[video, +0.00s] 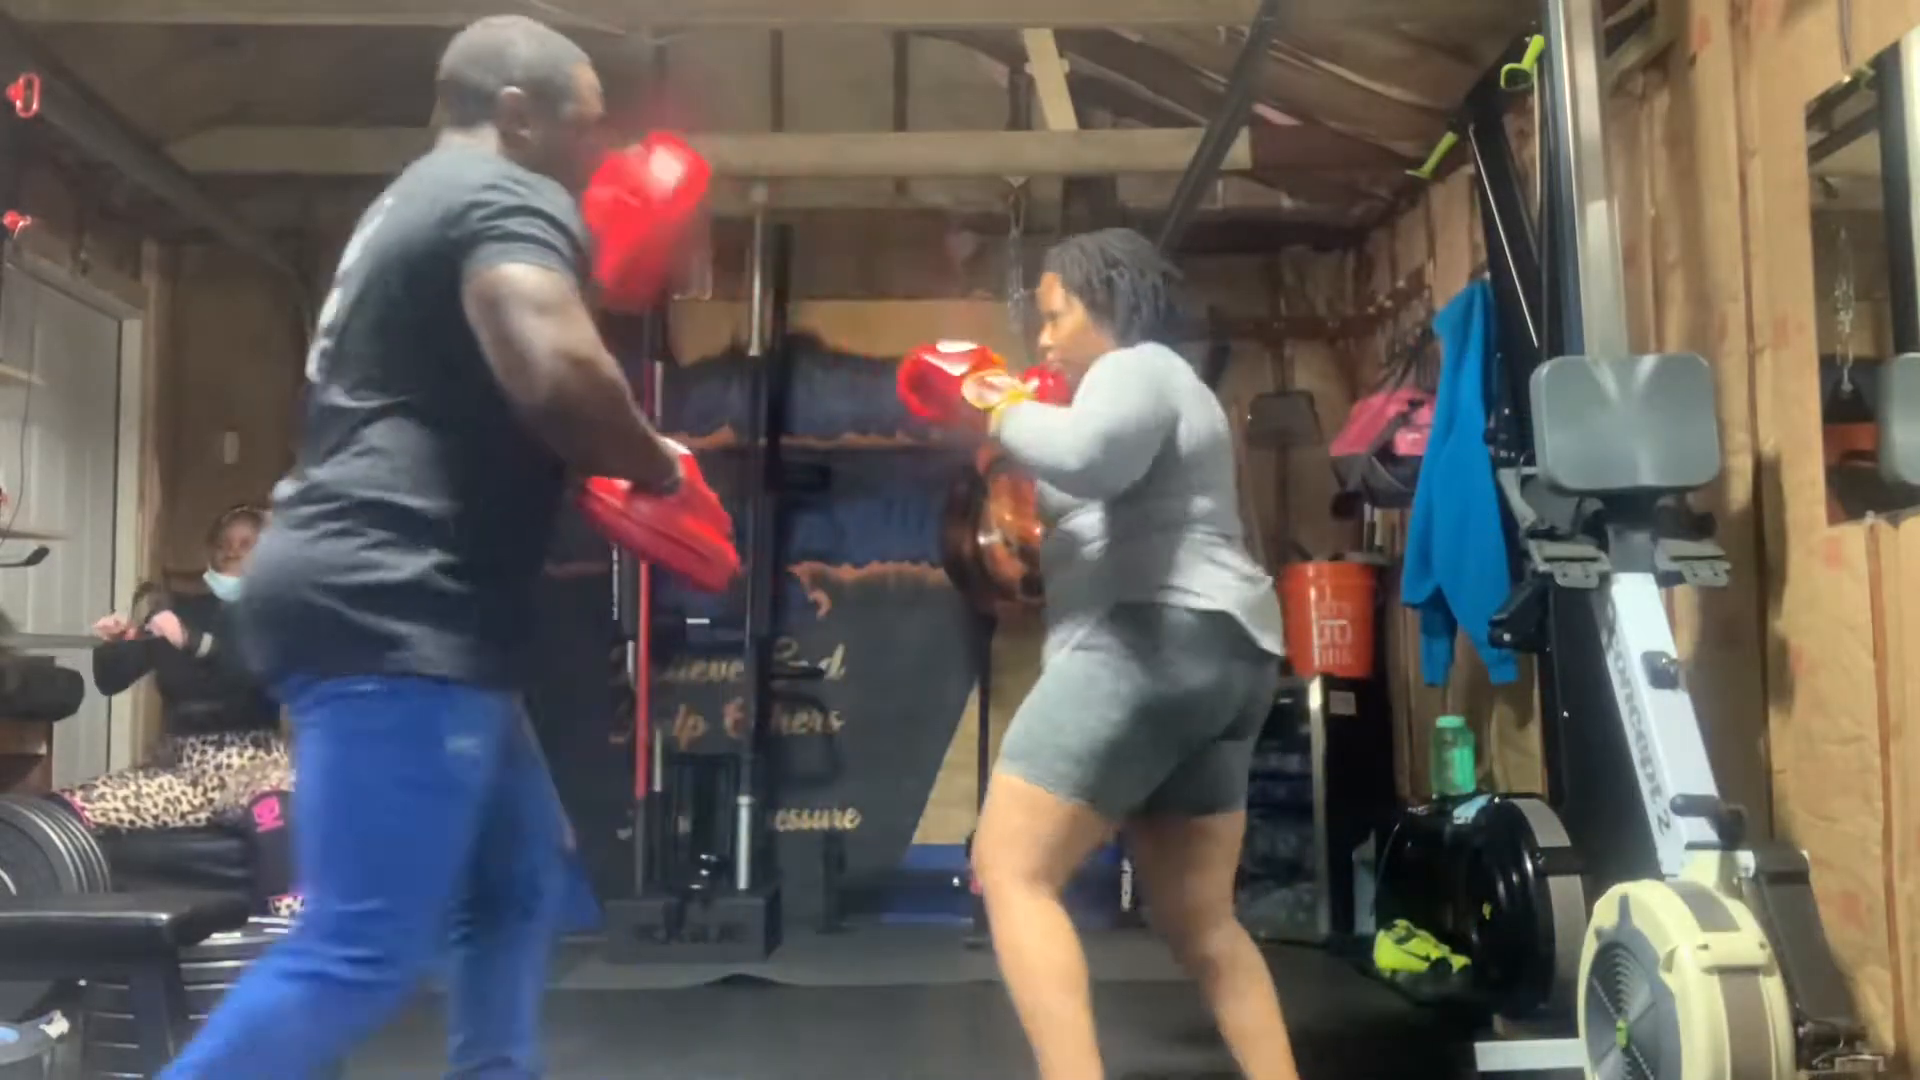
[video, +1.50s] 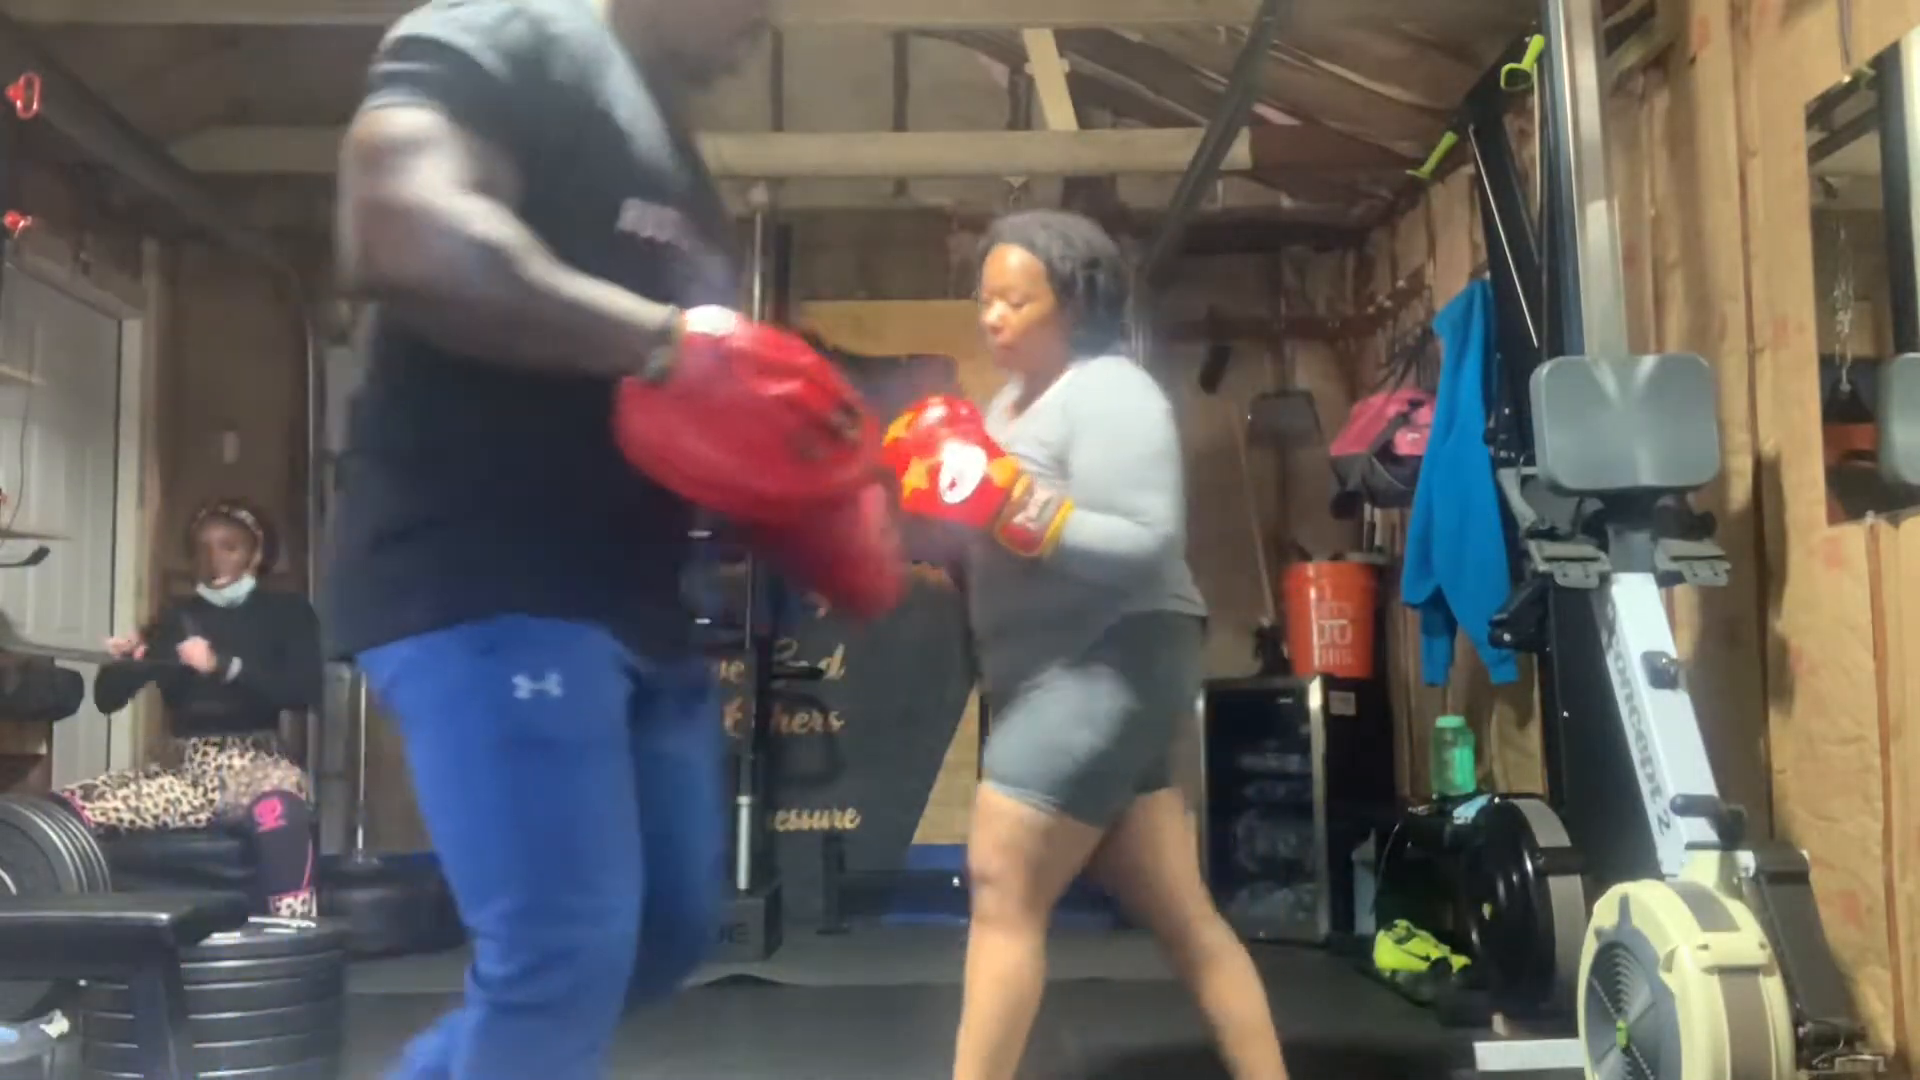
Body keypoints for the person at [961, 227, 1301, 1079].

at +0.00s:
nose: (1043, 339)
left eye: (1053, 315)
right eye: (1042, 320)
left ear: (1106, 303)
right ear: (1118, 307)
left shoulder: (1140, 368)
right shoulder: (1183, 391)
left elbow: (1093, 456)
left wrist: (1000, 408)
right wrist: (1041, 527)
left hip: (1153, 634)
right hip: (1227, 647)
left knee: (1013, 869)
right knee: (1200, 918)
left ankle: (1073, 1072)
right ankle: (1278, 1075)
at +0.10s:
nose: (1025, 320)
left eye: (1036, 298)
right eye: (1026, 300)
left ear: (1083, 290)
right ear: (1116, 295)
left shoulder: (1113, 355)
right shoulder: (1176, 386)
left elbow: (1037, 401)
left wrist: (963, 345)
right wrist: (1022, 519)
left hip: (1123, 626)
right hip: (1207, 639)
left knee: (1018, 887)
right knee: (1193, 910)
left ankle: (1025, 1070)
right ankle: (1277, 1074)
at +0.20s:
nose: (1000, 281)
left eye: (1009, 264)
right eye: (1002, 264)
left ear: (1050, 269)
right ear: (1112, 275)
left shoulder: (1059, 331)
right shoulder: (1161, 377)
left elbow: (920, 302)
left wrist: (818, 241)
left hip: (1102, 598)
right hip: (1197, 616)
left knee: (1023, 896)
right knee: (1169, 889)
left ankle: (1028, 1074)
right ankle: (1275, 1070)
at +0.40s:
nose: (976, 292)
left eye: (987, 271)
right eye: (976, 272)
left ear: (1037, 263)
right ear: (1066, 267)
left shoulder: (1066, 331)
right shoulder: (1114, 348)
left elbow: (949, 409)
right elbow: (968, 412)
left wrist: (857, 345)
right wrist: (880, 351)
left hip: (1091, 612)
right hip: (1157, 622)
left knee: (1014, 901)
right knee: (1161, 897)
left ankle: (1026, 1077)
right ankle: (1264, 1071)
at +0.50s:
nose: (988, 294)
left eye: (1003, 272)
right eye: (989, 274)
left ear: (1062, 268)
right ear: (1065, 272)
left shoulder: (1094, 343)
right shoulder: (1093, 351)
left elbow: (1045, 481)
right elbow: (1034, 477)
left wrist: (969, 406)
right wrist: (971, 410)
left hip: (1098, 632)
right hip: (1150, 633)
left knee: (1018, 907)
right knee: (1176, 907)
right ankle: (1266, 1071)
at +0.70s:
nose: (1052, 303)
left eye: (1070, 282)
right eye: (1051, 284)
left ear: (1131, 280)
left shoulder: (1182, 362)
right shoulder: (1099, 389)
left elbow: (1157, 506)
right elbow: (1057, 543)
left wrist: (1058, 428)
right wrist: (1008, 468)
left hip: (1156, 642)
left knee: (1058, 902)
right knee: (1218, 920)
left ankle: (1040, 1073)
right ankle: (1274, 1073)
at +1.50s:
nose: (991, 316)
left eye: (1012, 298)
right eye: (986, 298)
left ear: (1073, 300)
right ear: (981, 302)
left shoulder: (1115, 391)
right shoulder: (1012, 406)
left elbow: (1143, 537)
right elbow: (997, 559)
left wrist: (1011, 503)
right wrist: (912, 521)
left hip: (1119, 652)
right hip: (1054, 658)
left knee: (1004, 882)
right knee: (1181, 910)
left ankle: (974, 1073)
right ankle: (1267, 1072)